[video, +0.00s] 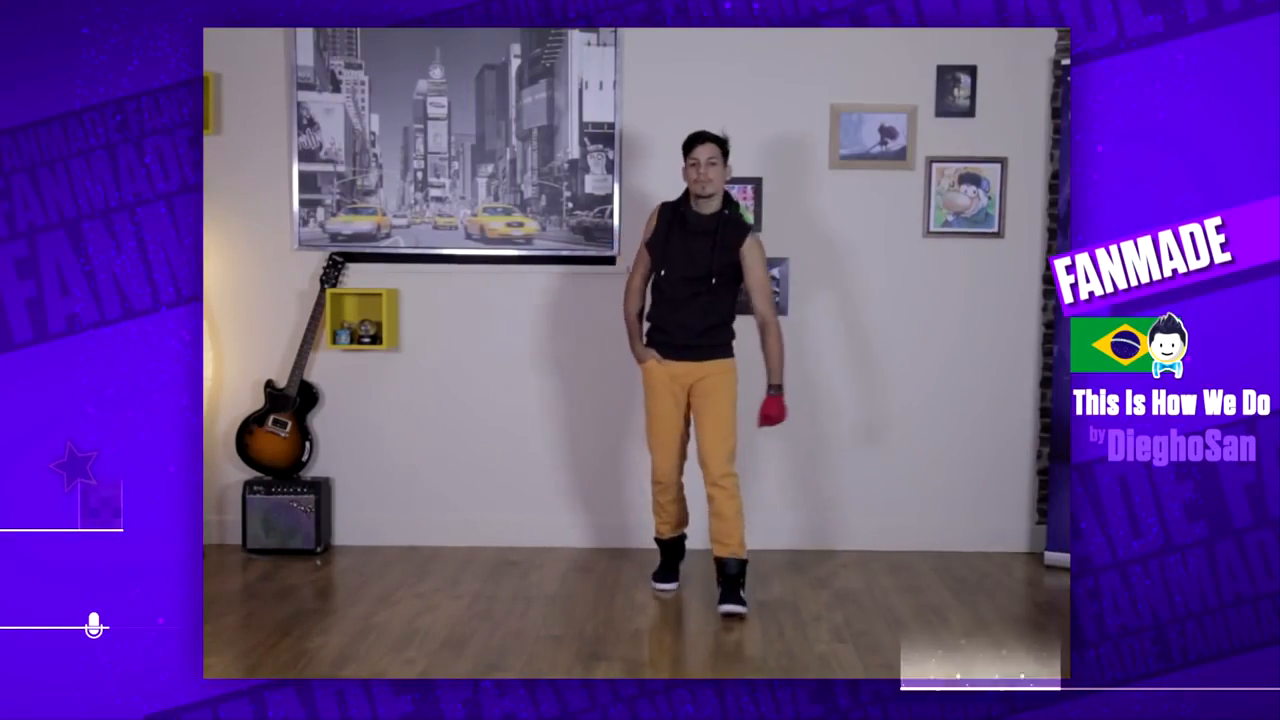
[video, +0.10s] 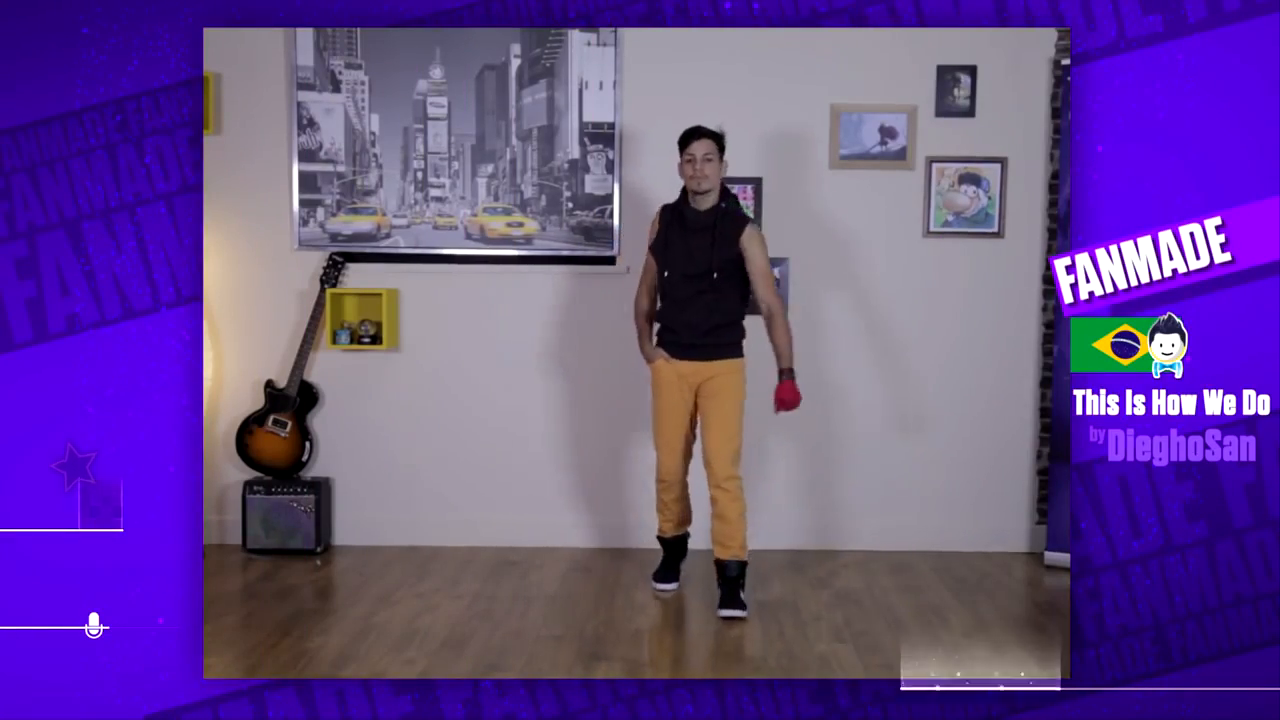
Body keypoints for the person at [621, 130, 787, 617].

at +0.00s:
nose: (703, 172)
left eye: (712, 164)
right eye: (695, 164)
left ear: (726, 171)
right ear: (684, 171)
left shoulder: (741, 237)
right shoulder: (662, 219)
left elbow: (767, 318)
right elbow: (634, 287)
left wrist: (775, 388)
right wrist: (637, 346)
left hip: (716, 366)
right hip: (661, 364)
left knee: (719, 472)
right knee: (664, 471)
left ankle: (731, 579)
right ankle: (669, 555)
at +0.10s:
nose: (698, 168)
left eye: (707, 159)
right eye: (690, 160)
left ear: (723, 166)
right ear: (679, 168)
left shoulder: (743, 230)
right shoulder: (664, 223)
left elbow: (772, 307)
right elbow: (646, 289)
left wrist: (786, 375)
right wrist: (646, 345)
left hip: (724, 366)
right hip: (670, 363)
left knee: (723, 474)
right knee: (668, 471)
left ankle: (731, 580)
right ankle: (672, 551)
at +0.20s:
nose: (695, 163)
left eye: (704, 155)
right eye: (687, 155)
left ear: (718, 161)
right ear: (675, 162)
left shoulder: (743, 221)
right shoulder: (666, 221)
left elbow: (770, 295)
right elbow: (658, 291)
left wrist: (775, 356)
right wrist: (655, 342)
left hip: (732, 366)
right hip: (679, 363)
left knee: (727, 474)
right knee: (675, 468)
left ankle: (731, 580)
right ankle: (677, 549)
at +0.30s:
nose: (692, 165)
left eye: (702, 157)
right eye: (684, 156)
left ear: (716, 164)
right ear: (673, 164)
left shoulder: (742, 219)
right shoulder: (669, 224)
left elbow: (767, 294)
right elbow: (664, 293)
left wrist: (761, 355)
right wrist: (662, 343)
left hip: (737, 366)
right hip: (686, 364)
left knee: (730, 475)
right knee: (679, 469)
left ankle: (732, 580)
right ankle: (681, 547)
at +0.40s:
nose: (690, 168)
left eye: (700, 159)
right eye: (682, 159)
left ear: (714, 165)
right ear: (671, 165)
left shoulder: (741, 215)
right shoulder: (671, 226)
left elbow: (759, 291)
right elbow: (669, 295)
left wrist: (744, 356)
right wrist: (667, 342)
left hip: (741, 361)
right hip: (693, 361)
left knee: (734, 474)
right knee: (683, 467)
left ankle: (733, 578)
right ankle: (684, 545)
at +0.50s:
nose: (689, 173)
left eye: (700, 164)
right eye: (682, 163)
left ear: (716, 167)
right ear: (671, 167)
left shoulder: (743, 211)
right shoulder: (676, 228)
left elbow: (748, 288)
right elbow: (676, 296)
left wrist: (719, 357)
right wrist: (673, 342)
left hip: (749, 359)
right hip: (700, 358)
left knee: (737, 473)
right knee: (689, 464)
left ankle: (733, 576)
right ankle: (692, 544)